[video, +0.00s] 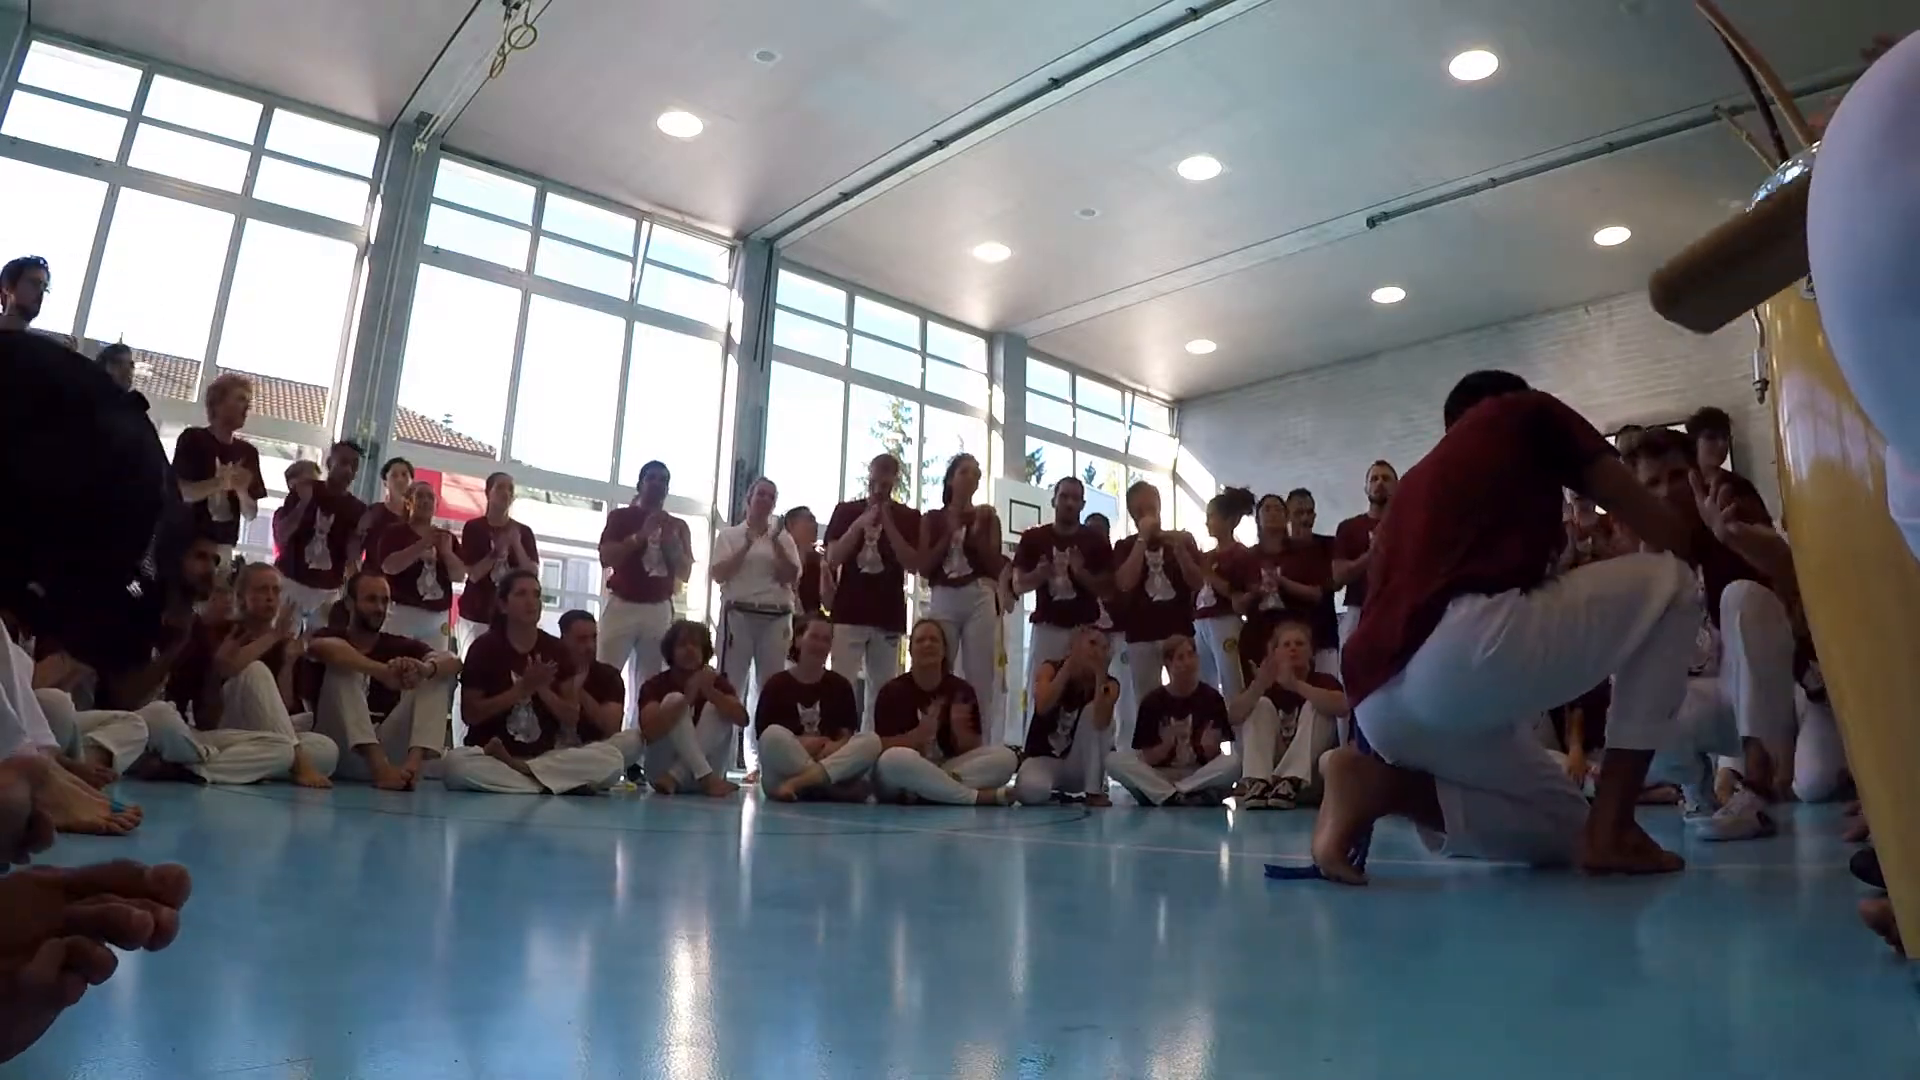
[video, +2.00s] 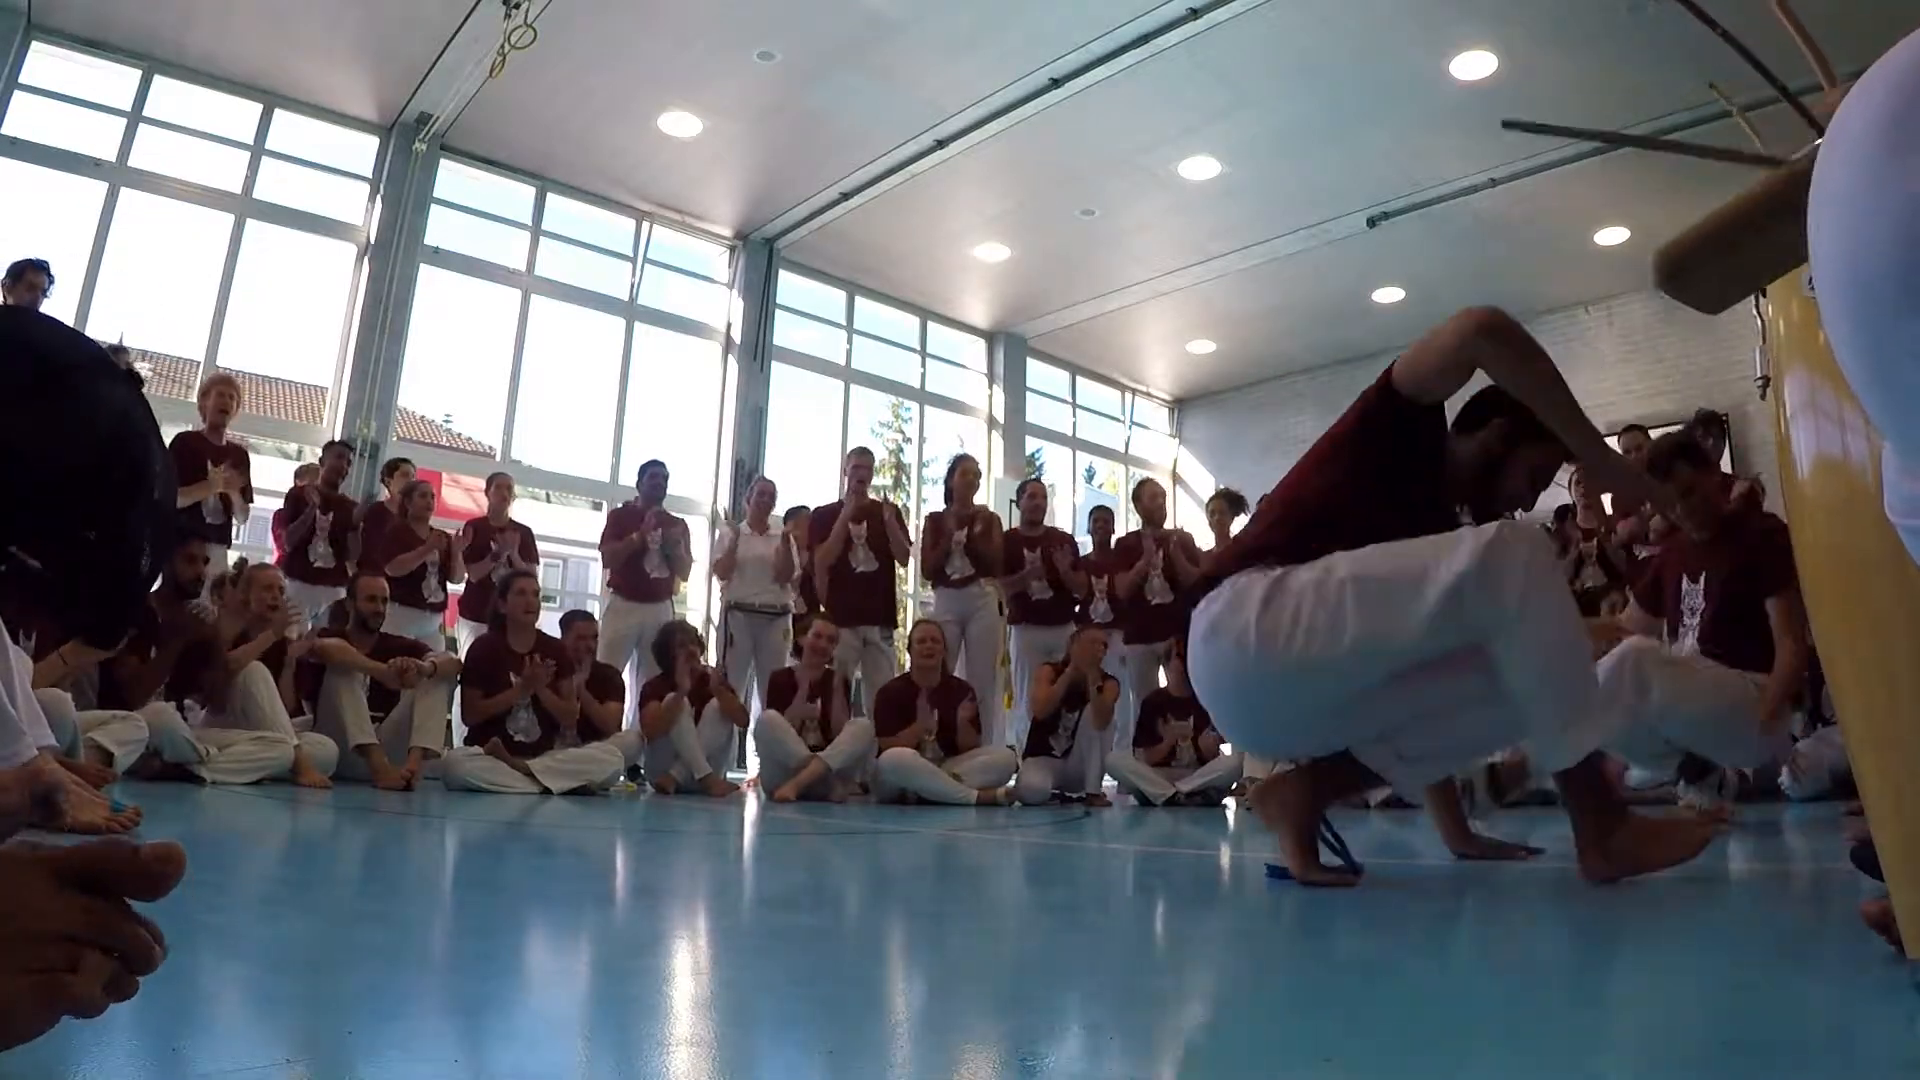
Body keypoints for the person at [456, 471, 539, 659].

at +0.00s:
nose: (506, 493)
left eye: (510, 489)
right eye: (500, 488)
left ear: (513, 495)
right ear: (488, 492)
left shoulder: (524, 532)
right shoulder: (473, 527)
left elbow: (532, 573)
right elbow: (473, 575)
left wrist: (517, 545)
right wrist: (494, 554)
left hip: (511, 617)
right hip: (475, 614)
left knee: (504, 678)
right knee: (472, 678)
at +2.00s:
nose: (504, 494)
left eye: (508, 489)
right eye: (498, 488)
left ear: (513, 495)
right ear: (487, 493)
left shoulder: (524, 533)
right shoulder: (473, 527)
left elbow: (531, 576)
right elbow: (473, 574)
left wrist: (514, 554)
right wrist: (497, 554)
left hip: (510, 619)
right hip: (474, 615)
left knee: (505, 683)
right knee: (471, 680)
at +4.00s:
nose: (505, 492)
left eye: (509, 488)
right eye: (499, 487)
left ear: (514, 494)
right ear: (488, 493)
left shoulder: (524, 531)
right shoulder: (474, 527)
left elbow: (534, 573)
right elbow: (473, 574)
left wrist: (522, 548)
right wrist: (496, 553)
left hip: (510, 619)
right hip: (475, 615)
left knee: (504, 681)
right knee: (471, 679)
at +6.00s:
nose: (504, 493)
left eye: (509, 489)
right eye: (498, 488)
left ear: (514, 495)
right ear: (487, 493)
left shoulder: (524, 532)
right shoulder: (473, 527)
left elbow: (532, 576)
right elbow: (473, 574)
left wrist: (514, 553)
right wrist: (498, 553)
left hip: (509, 621)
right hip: (473, 617)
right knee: (471, 679)